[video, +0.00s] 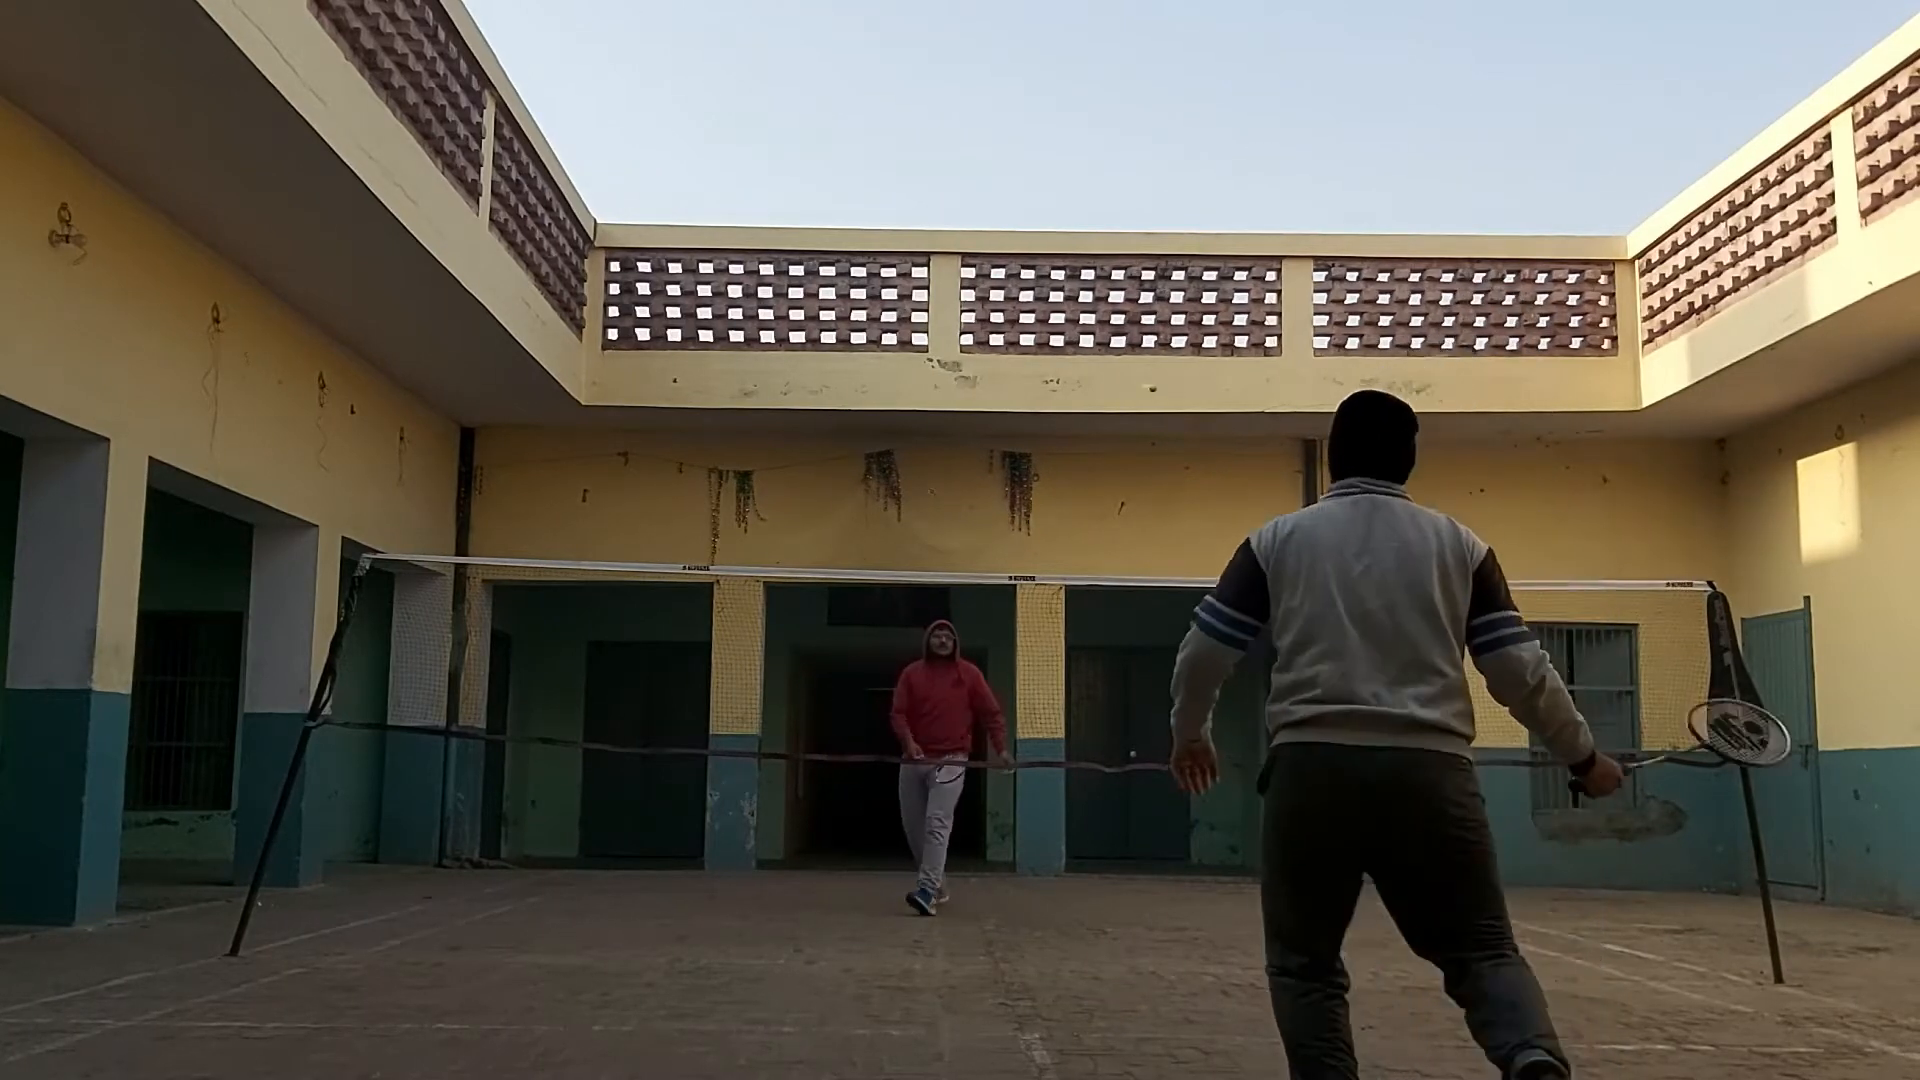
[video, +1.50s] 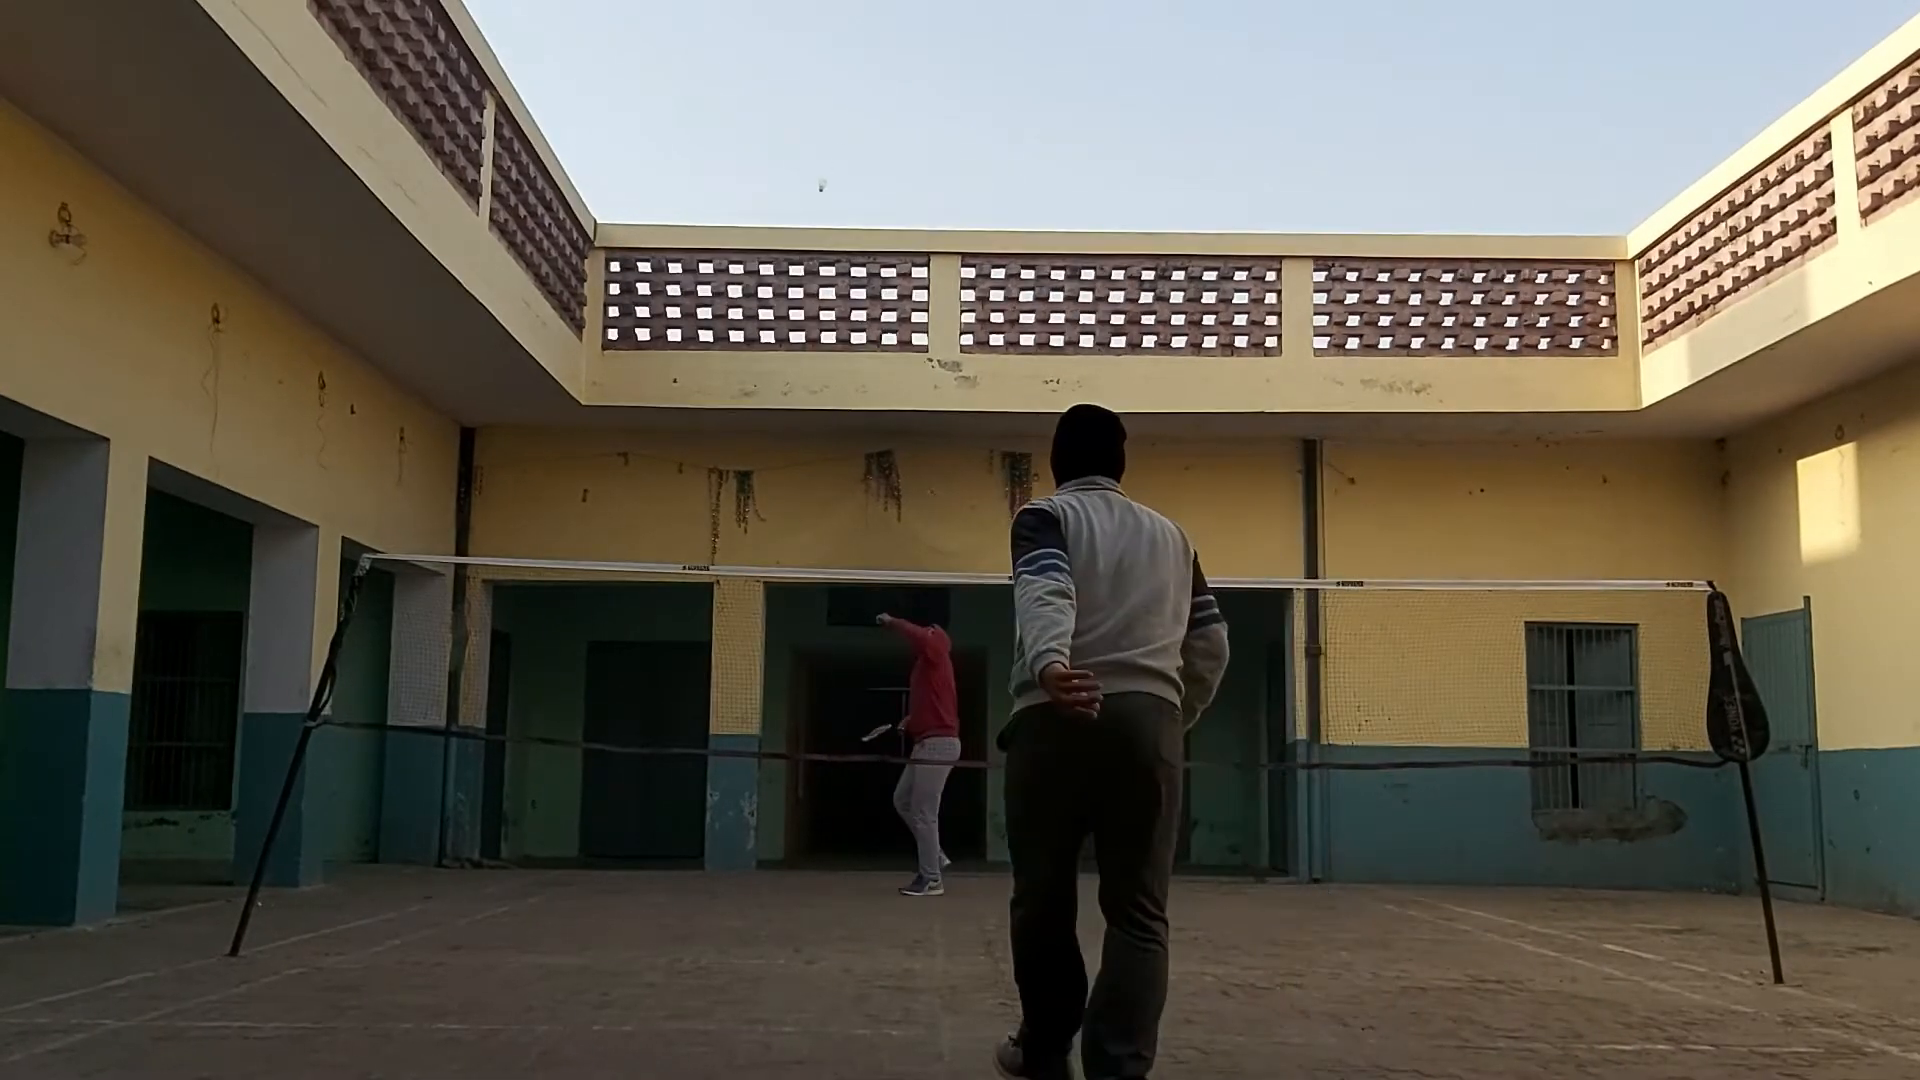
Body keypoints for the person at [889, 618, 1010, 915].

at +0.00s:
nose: (942, 640)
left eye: (947, 636)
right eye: (937, 636)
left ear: (954, 642)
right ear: (928, 641)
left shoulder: (968, 673)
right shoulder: (912, 673)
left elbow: (992, 712)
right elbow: (898, 714)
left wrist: (1000, 749)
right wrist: (908, 741)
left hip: (951, 760)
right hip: (915, 760)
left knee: (937, 823)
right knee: (913, 825)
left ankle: (927, 891)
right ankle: (936, 884)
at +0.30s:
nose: (965, 632)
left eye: (970, 629)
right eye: (959, 628)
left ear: (977, 635)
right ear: (950, 633)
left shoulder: (991, 666)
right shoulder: (932, 666)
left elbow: (1004, 708)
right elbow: (914, 710)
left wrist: (1010, 742)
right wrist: (901, 746)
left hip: (983, 753)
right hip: (942, 754)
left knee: (996, 816)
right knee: (937, 823)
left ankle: (991, 882)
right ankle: (936, 886)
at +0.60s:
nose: (997, 638)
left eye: (1001, 634)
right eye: (992, 634)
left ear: (1008, 640)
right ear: (983, 638)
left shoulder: (1022, 670)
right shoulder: (969, 669)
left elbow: (1043, 711)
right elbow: (952, 710)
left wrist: (1041, 745)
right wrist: (938, 745)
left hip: (1012, 757)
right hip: (972, 756)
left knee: (1022, 824)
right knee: (957, 819)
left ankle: (1035, 883)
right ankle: (944, 881)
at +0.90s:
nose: (993, 637)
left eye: (998, 635)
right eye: (988, 635)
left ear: (1006, 643)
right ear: (980, 643)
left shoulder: (1019, 671)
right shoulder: (972, 674)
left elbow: (1037, 709)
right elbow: (965, 715)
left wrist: (1018, 730)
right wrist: (959, 745)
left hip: (1018, 761)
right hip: (982, 759)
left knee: (1026, 821)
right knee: (966, 815)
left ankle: (1036, 884)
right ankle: (973, 875)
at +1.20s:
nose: (953, 645)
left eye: (960, 642)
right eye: (952, 642)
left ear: (971, 650)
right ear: (950, 651)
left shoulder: (977, 676)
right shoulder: (955, 678)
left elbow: (964, 684)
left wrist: (940, 678)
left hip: (985, 760)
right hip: (964, 761)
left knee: (1000, 821)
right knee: (949, 817)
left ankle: (1023, 879)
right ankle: (965, 879)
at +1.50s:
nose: (922, 634)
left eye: (927, 632)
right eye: (924, 632)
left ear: (935, 637)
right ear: (936, 640)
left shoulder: (937, 653)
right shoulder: (928, 664)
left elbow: (919, 634)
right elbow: (932, 707)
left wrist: (892, 621)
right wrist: (907, 722)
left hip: (939, 744)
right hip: (928, 744)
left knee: (924, 811)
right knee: (903, 800)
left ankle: (930, 877)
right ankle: (935, 855)